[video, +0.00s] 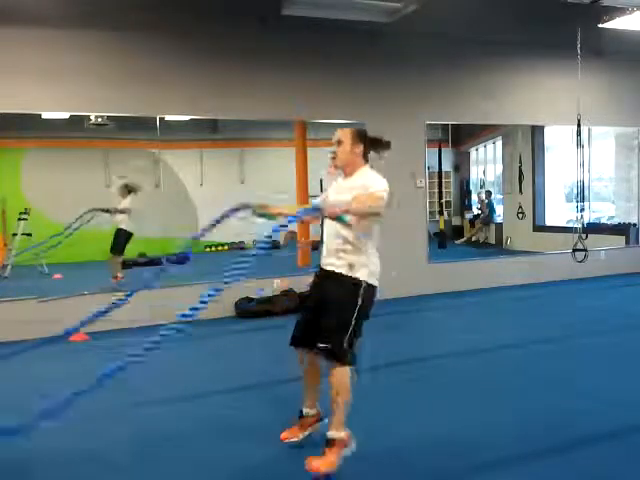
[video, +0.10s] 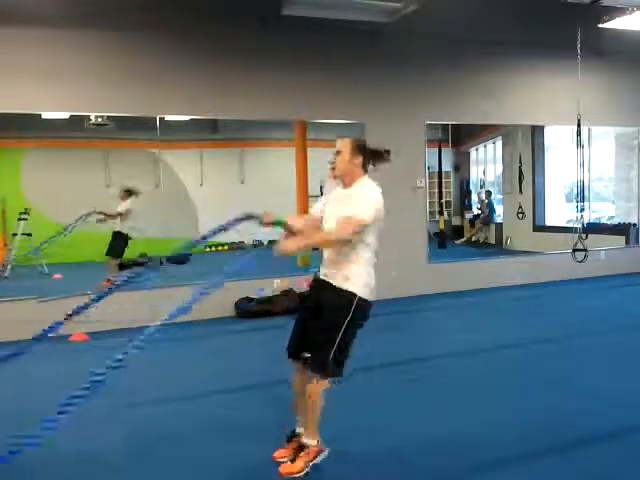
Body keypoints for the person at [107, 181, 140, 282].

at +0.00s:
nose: (119, 193)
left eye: (121, 191)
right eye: (119, 191)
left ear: (126, 191)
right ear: (126, 191)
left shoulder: (130, 199)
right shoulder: (124, 201)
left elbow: (128, 210)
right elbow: (120, 211)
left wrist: (116, 211)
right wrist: (111, 211)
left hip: (126, 228)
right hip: (121, 227)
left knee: (117, 253)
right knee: (115, 252)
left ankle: (118, 274)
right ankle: (116, 274)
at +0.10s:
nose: (120, 196)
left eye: (122, 194)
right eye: (120, 194)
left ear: (126, 194)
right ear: (128, 195)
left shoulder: (128, 204)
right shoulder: (124, 204)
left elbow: (117, 215)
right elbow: (116, 216)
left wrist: (103, 213)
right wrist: (104, 219)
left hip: (122, 233)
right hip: (120, 232)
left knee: (113, 257)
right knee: (114, 257)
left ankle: (113, 278)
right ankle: (113, 277)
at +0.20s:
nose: (119, 200)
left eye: (121, 198)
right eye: (120, 198)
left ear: (125, 200)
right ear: (126, 201)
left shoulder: (126, 210)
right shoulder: (122, 210)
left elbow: (118, 221)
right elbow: (118, 223)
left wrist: (105, 222)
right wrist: (111, 228)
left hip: (120, 239)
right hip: (118, 237)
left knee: (109, 260)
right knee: (110, 260)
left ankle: (111, 280)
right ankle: (111, 280)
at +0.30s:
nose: (119, 194)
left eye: (121, 192)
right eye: (120, 192)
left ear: (126, 194)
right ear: (127, 194)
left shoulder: (126, 205)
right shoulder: (123, 204)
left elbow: (115, 213)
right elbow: (121, 218)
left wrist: (98, 216)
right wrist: (113, 221)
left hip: (120, 235)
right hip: (118, 234)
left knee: (112, 259)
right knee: (113, 259)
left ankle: (110, 279)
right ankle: (111, 279)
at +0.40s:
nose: (120, 192)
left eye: (122, 190)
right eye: (121, 190)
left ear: (125, 192)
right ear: (127, 193)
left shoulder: (124, 203)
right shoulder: (121, 203)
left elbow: (110, 205)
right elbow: (114, 210)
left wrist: (94, 206)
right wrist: (107, 210)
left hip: (122, 231)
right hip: (119, 230)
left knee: (116, 255)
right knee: (115, 255)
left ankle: (112, 277)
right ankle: (113, 276)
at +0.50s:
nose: (113, 196)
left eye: (114, 194)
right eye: (113, 194)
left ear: (119, 194)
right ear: (121, 194)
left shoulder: (122, 203)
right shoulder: (119, 203)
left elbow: (115, 211)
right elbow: (113, 212)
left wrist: (103, 213)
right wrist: (102, 213)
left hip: (122, 232)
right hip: (119, 231)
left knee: (117, 256)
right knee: (116, 256)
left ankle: (113, 276)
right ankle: (113, 276)